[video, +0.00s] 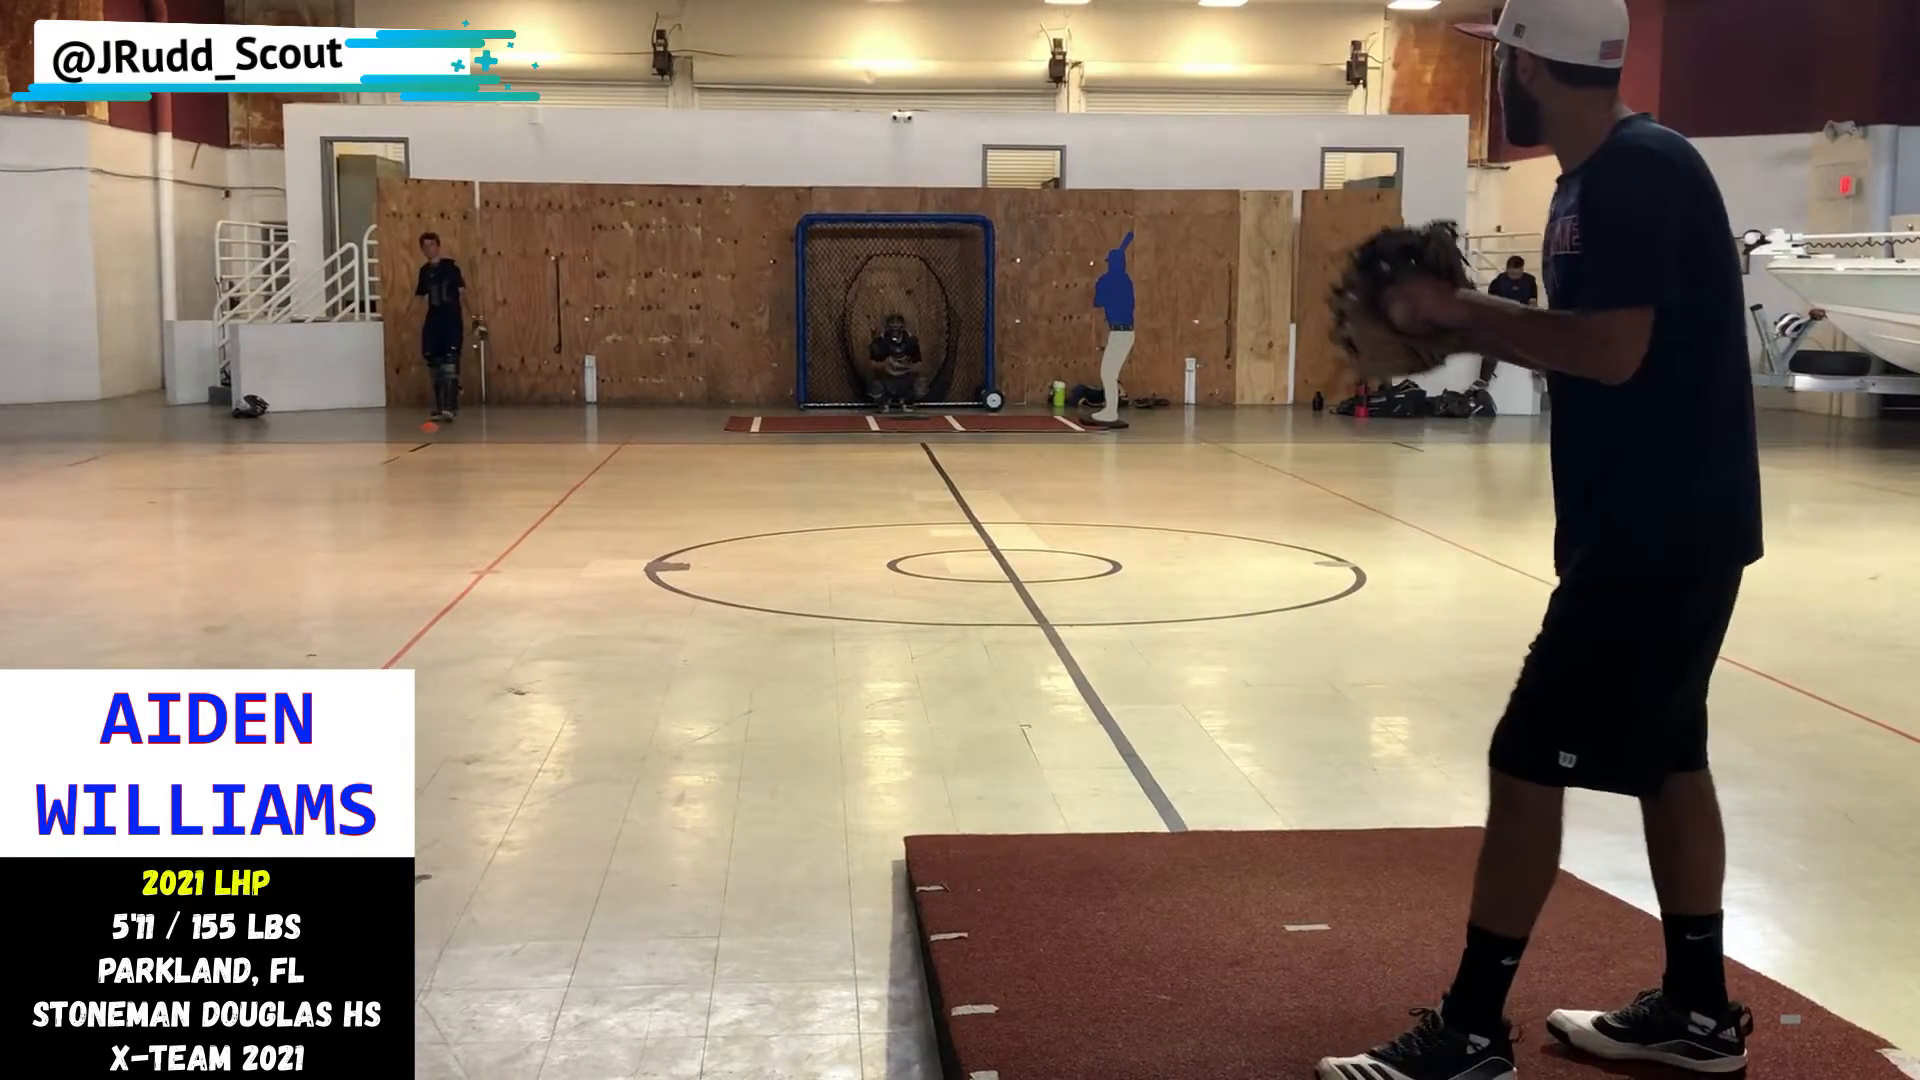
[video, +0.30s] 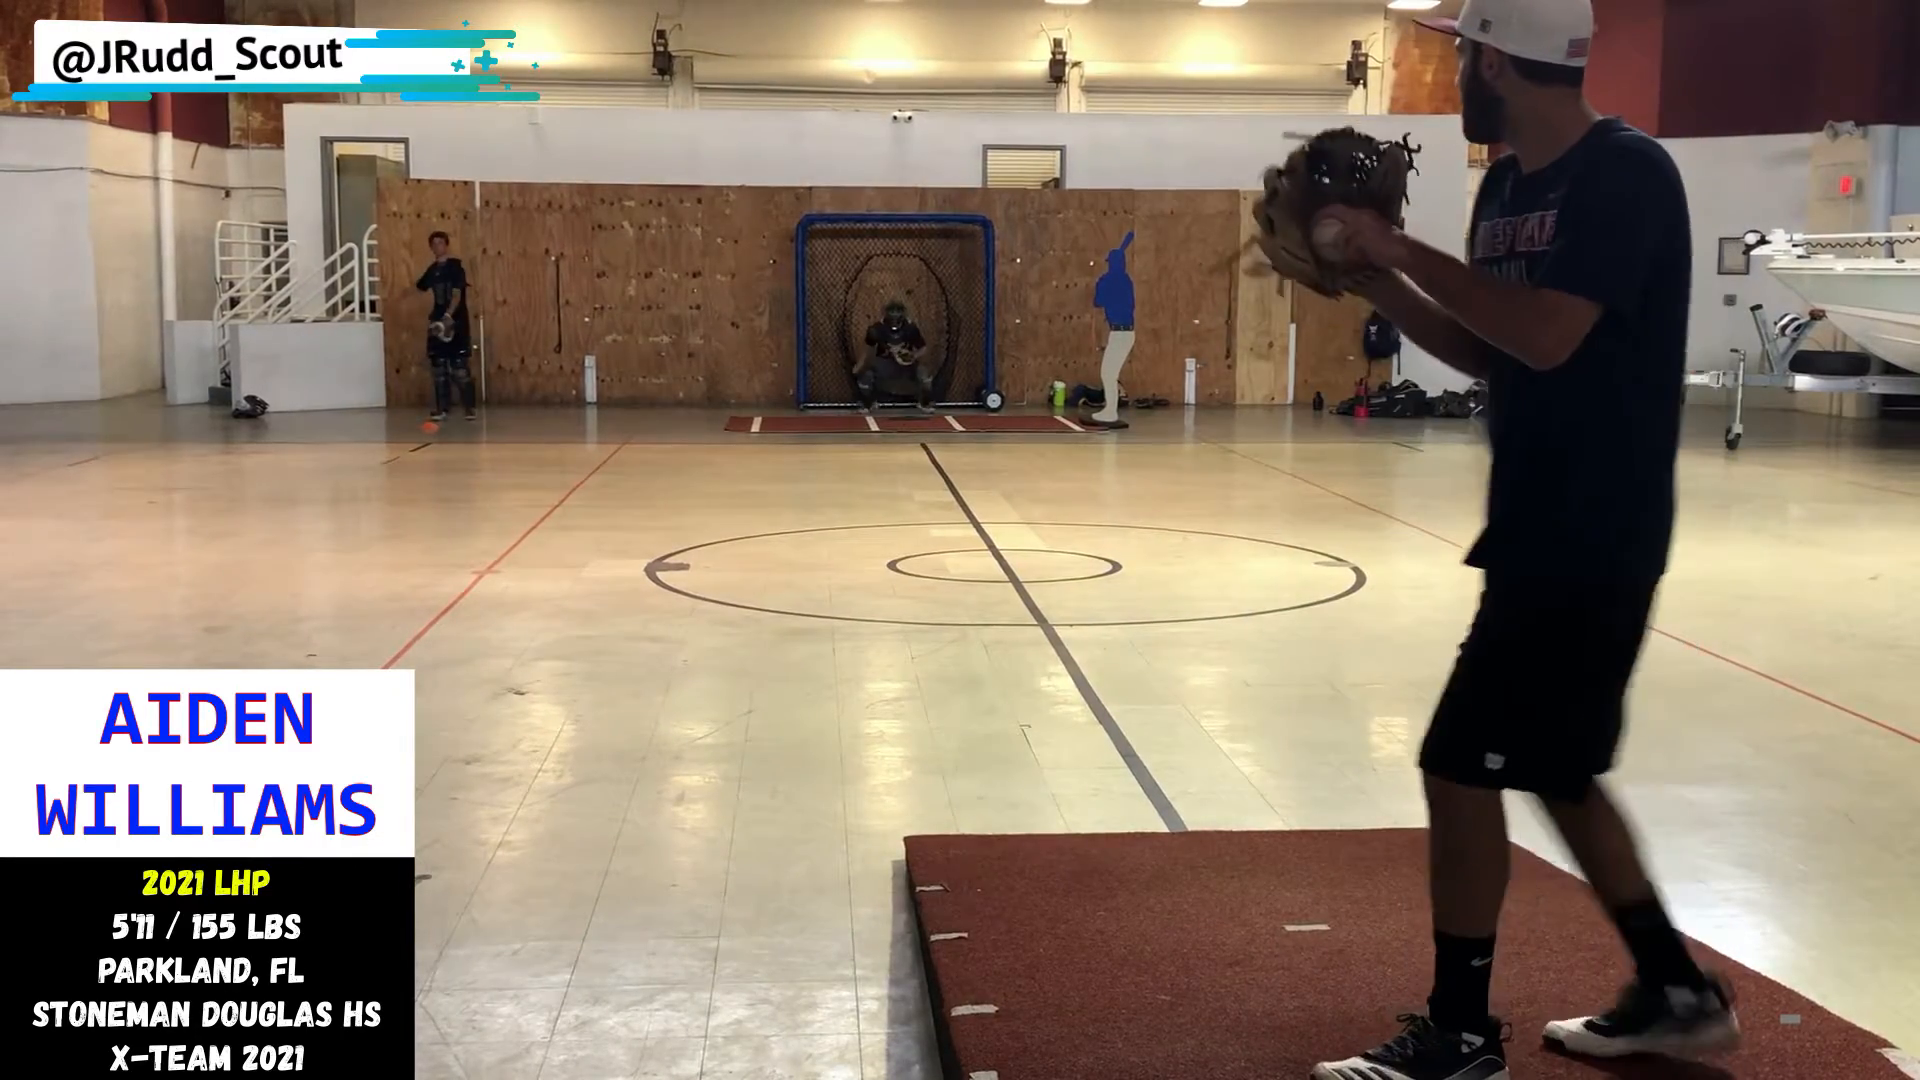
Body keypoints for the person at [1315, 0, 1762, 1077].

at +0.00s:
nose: (1501, 85)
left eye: (1508, 61)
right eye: (1503, 62)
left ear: (1539, 66)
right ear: (1601, 64)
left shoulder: (1633, 175)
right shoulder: (1611, 174)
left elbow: (1611, 347)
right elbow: (1593, 342)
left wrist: (1460, 315)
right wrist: (1471, 313)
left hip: (1645, 546)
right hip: (1671, 539)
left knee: (1525, 758)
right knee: (1669, 758)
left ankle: (1471, 1028)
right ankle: (1696, 1004)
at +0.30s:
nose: (1463, 72)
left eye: (1472, 51)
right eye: (1466, 52)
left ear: (1505, 60)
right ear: (1543, 63)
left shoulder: (1626, 176)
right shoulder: (1505, 188)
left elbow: (1549, 332)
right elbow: (1488, 353)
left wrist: (1393, 246)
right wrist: (1378, 285)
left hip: (1592, 539)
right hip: (1538, 533)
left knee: (1457, 761)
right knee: (1559, 762)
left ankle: (1460, 1029)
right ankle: (1675, 988)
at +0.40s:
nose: (1452, 80)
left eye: (1460, 57)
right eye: (1456, 57)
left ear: (1491, 63)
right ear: (1526, 66)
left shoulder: (1623, 174)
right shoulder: (1495, 190)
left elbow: (1550, 326)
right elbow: (1455, 352)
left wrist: (1394, 248)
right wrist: (1358, 274)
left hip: (1564, 533)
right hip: (1485, 517)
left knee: (1445, 763)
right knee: (1413, 747)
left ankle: (1458, 1029)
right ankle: (1582, 904)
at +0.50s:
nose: (1445, 85)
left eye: (1452, 59)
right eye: (1446, 62)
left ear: (1489, 60)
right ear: (1526, 62)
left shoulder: (1624, 171)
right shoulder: (1485, 185)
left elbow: (1547, 326)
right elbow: (1452, 354)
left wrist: (1391, 243)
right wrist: (1352, 277)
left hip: (1539, 533)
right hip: (1446, 504)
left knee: (1429, 778)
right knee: (1296, 685)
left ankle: (1457, 1028)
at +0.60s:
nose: (1440, 79)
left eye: (1446, 55)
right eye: (1442, 57)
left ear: (1483, 58)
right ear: (1517, 61)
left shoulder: (1620, 172)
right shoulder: (1476, 183)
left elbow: (1547, 325)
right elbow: (1441, 344)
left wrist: (1390, 245)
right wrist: (1342, 278)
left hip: (1514, 526)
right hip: (1421, 483)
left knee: (1430, 771)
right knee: (1215, 575)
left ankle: (1457, 1030)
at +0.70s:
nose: (1431, 81)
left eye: (1439, 58)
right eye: (1433, 59)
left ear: (1475, 60)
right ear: (1513, 63)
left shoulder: (1608, 174)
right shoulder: (1463, 184)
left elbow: (1538, 326)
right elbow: (1421, 343)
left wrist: (1383, 250)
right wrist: (1334, 280)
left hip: (1488, 522)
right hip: (1398, 470)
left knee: (1425, 762)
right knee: (1179, 451)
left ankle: (1458, 1031)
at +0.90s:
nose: (1395, 84)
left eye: (1400, 64)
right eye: (1397, 66)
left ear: (1428, 69)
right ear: (1468, 72)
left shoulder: (1568, 181)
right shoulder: (1418, 187)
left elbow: (1513, 335)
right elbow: (1381, 349)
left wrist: (1359, 259)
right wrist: (1307, 273)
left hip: (1447, 510)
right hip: (1363, 457)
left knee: (1401, 766)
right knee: (1195, 292)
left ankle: (1457, 1030)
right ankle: (1133, 539)